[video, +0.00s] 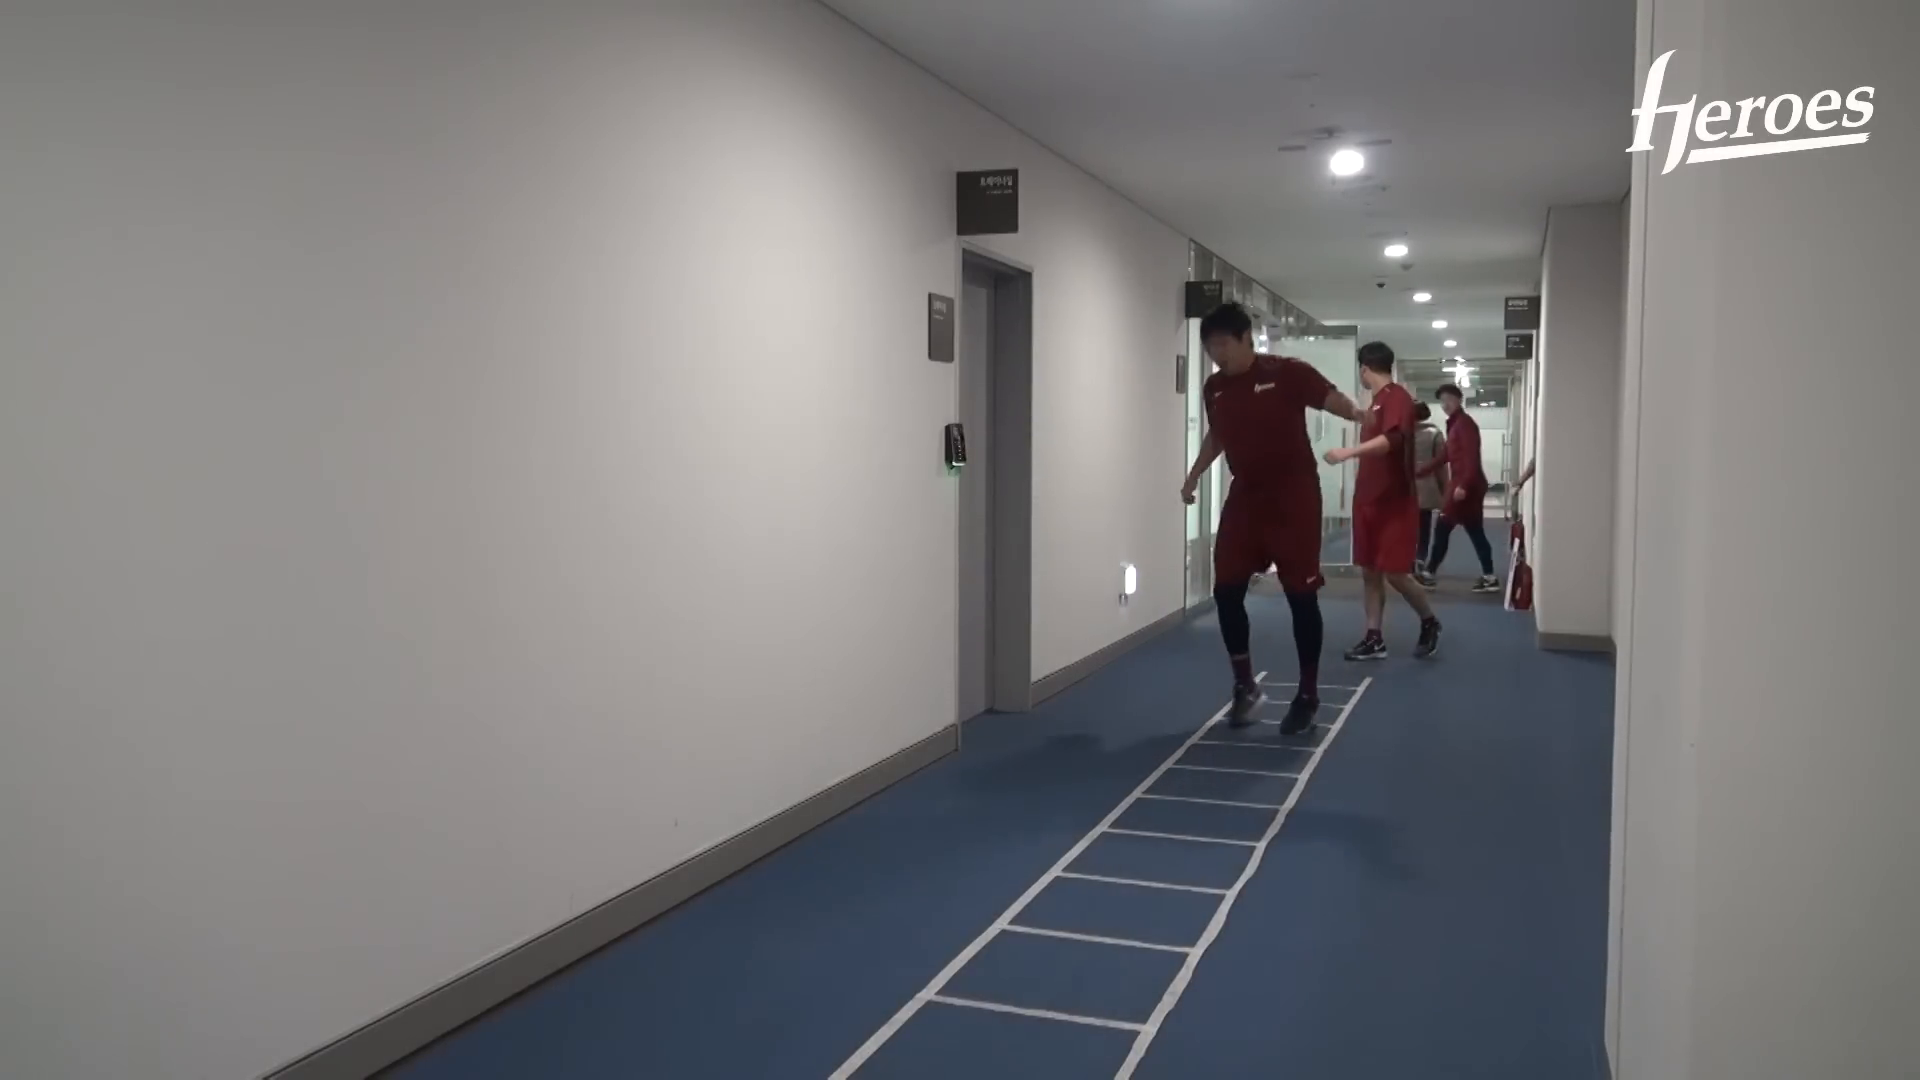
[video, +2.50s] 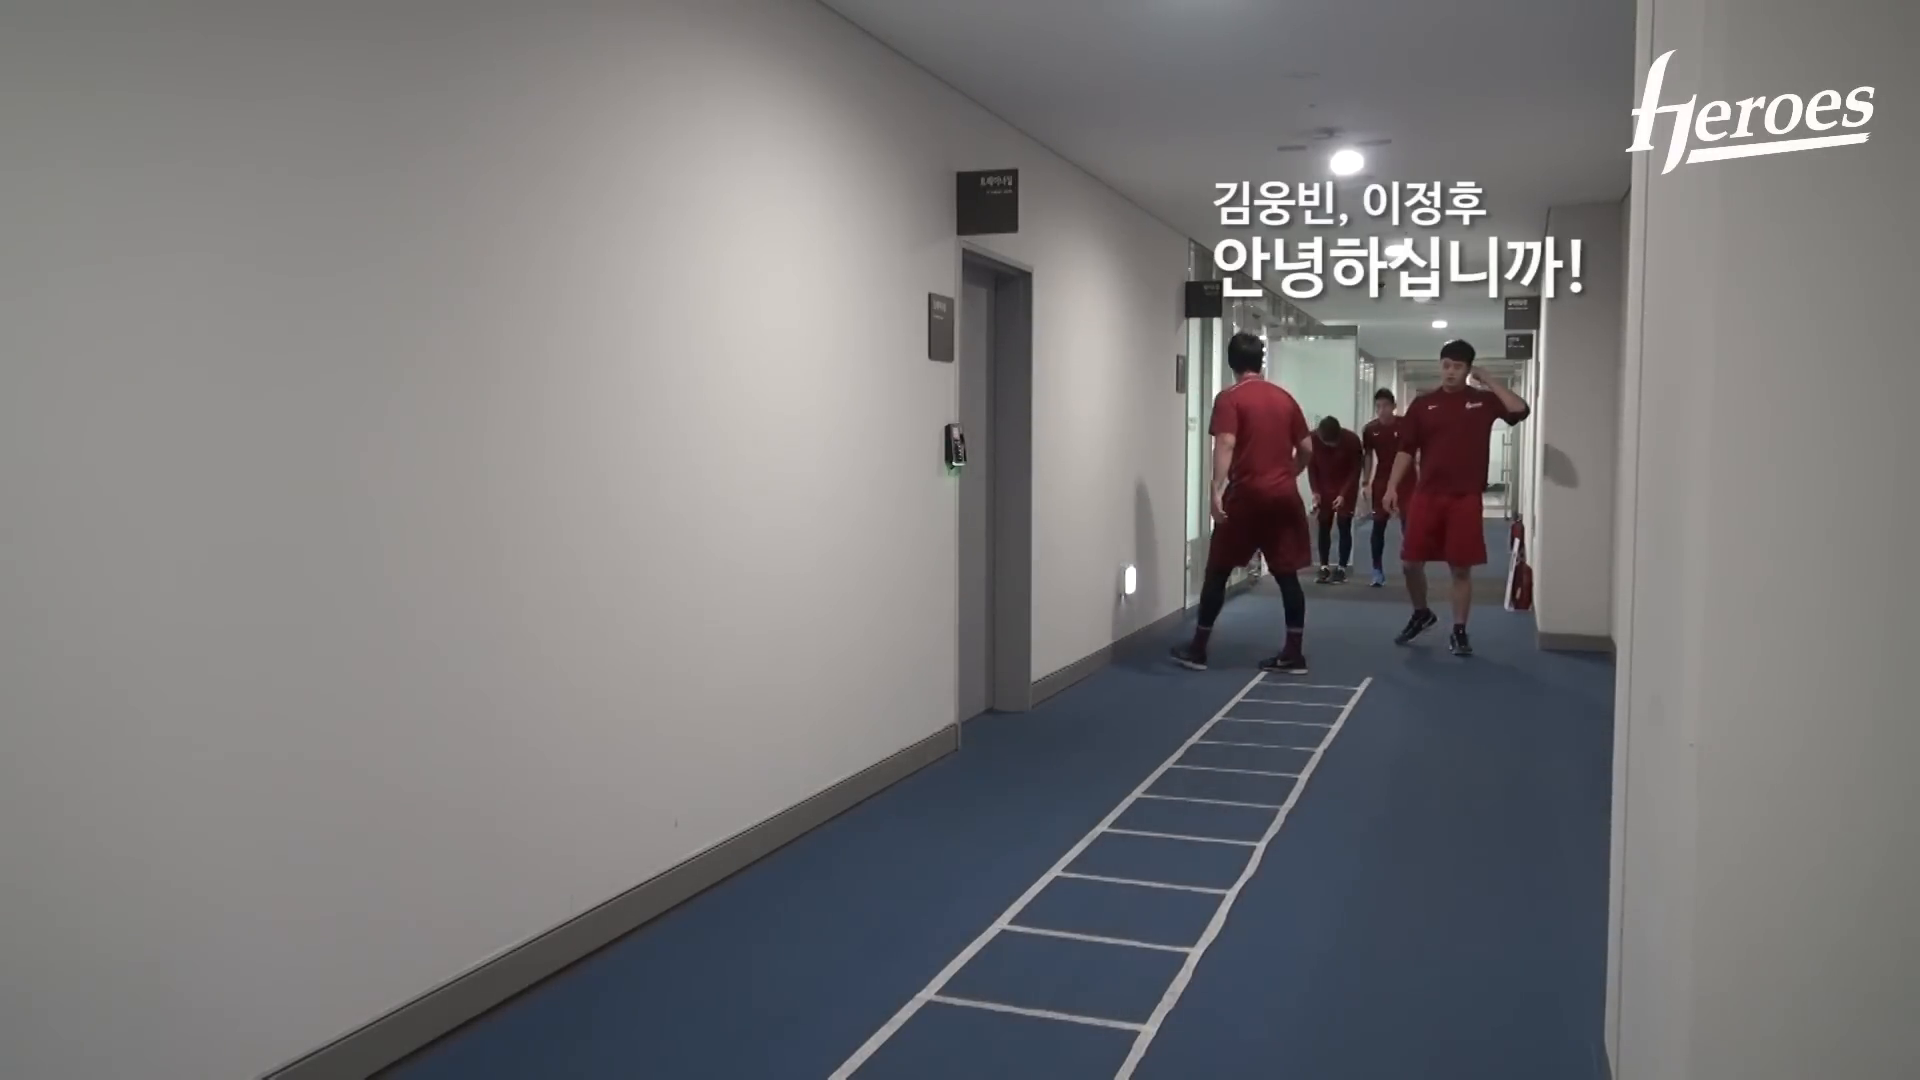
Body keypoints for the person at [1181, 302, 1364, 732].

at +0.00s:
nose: (1214, 355)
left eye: (1219, 345)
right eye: (1209, 348)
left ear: (1243, 339)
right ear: (1210, 348)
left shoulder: (1288, 373)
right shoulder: (1215, 388)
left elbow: (1338, 403)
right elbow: (1219, 434)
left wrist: (1361, 416)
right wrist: (1193, 476)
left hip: (1294, 496)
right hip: (1245, 497)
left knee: (1300, 592)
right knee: (1227, 591)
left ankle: (1307, 694)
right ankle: (1244, 686)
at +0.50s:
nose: (1235, 368)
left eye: (1240, 360)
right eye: (1231, 361)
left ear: (1263, 353)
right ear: (1230, 357)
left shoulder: (1306, 384)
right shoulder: (1229, 393)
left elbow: (1341, 429)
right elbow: (1222, 437)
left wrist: (1315, 455)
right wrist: (1208, 471)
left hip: (1300, 510)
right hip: (1250, 508)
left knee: (1303, 598)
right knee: (1247, 597)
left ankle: (1300, 678)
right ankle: (1261, 680)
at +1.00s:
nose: (1232, 405)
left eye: (1232, 396)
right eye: (1228, 399)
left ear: (1248, 380)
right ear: (1243, 385)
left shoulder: (1308, 401)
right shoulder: (1239, 418)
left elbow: (1349, 442)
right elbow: (1249, 468)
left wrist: (1352, 494)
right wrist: (1224, 508)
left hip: (1310, 521)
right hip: (1258, 523)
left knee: (1340, 599)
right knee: (1226, 597)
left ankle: (1361, 678)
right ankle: (1220, 673)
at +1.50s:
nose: (1247, 353)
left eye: (1247, 346)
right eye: (1248, 346)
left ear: (1254, 346)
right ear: (1280, 341)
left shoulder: (1286, 373)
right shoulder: (1281, 375)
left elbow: (1308, 416)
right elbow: (1302, 428)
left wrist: (1265, 448)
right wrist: (1262, 455)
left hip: (1301, 495)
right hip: (1282, 495)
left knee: (1312, 573)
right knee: (1273, 573)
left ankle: (1326, 652)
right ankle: (1266, 658)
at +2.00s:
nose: (1258, 362)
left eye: (1258, 356)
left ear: (1261, 358)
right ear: (1291, 358)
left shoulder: (1273, 391)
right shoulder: (1306, 392)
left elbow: (1284, 440)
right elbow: (1325, 443)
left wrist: (1257, 473)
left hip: (1296, 493)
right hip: (1320, 491)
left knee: (1301, 575)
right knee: (1297, 573)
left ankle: (1340, 658)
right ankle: (1293, 652)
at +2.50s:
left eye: (1231, 362)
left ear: (1231, 363)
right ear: (1261, 361)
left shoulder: (1229, 398)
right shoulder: (1285, 397)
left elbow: (1226, 442)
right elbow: (1306, 450)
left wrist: (1216, 489)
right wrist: (1286, 475)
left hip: (1245, 498)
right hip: (1284, 498)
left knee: (1217, 571)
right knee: (1287, 573)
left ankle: (1198, 648)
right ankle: (1293, 653)